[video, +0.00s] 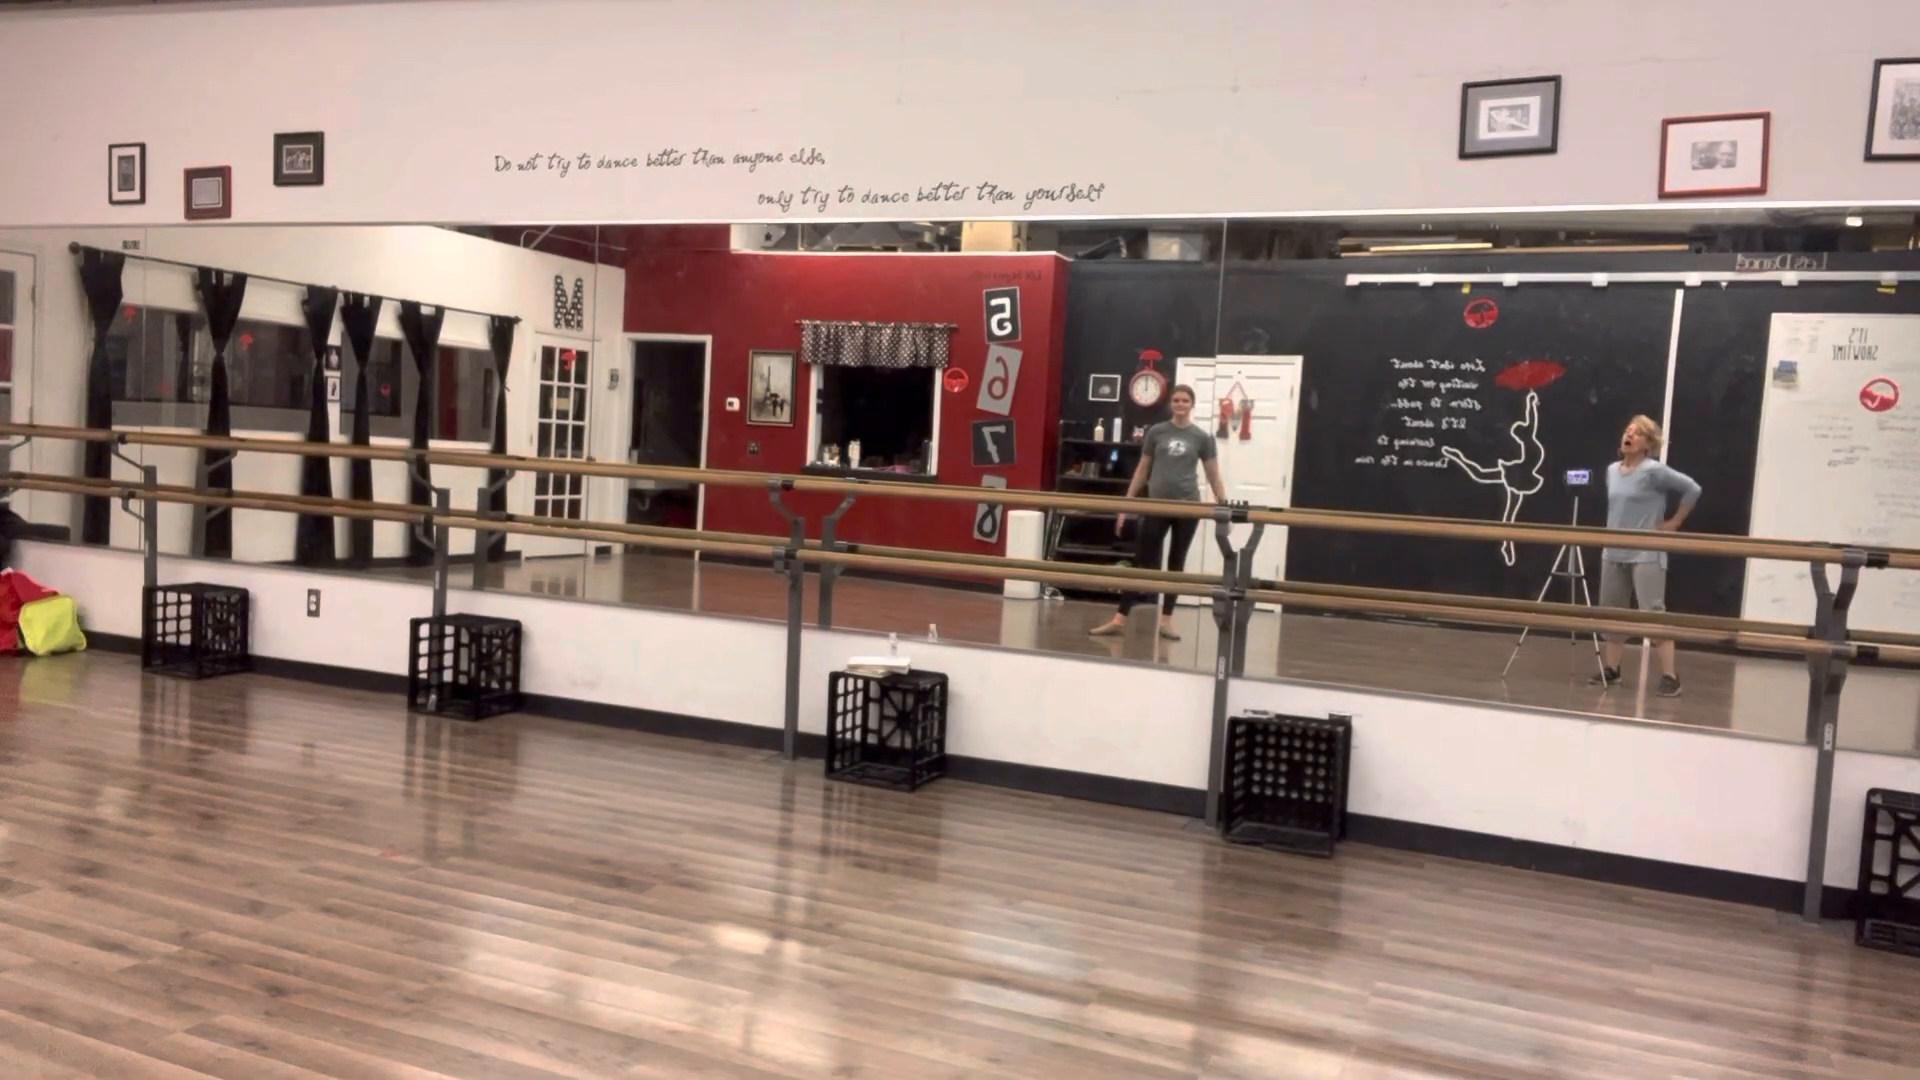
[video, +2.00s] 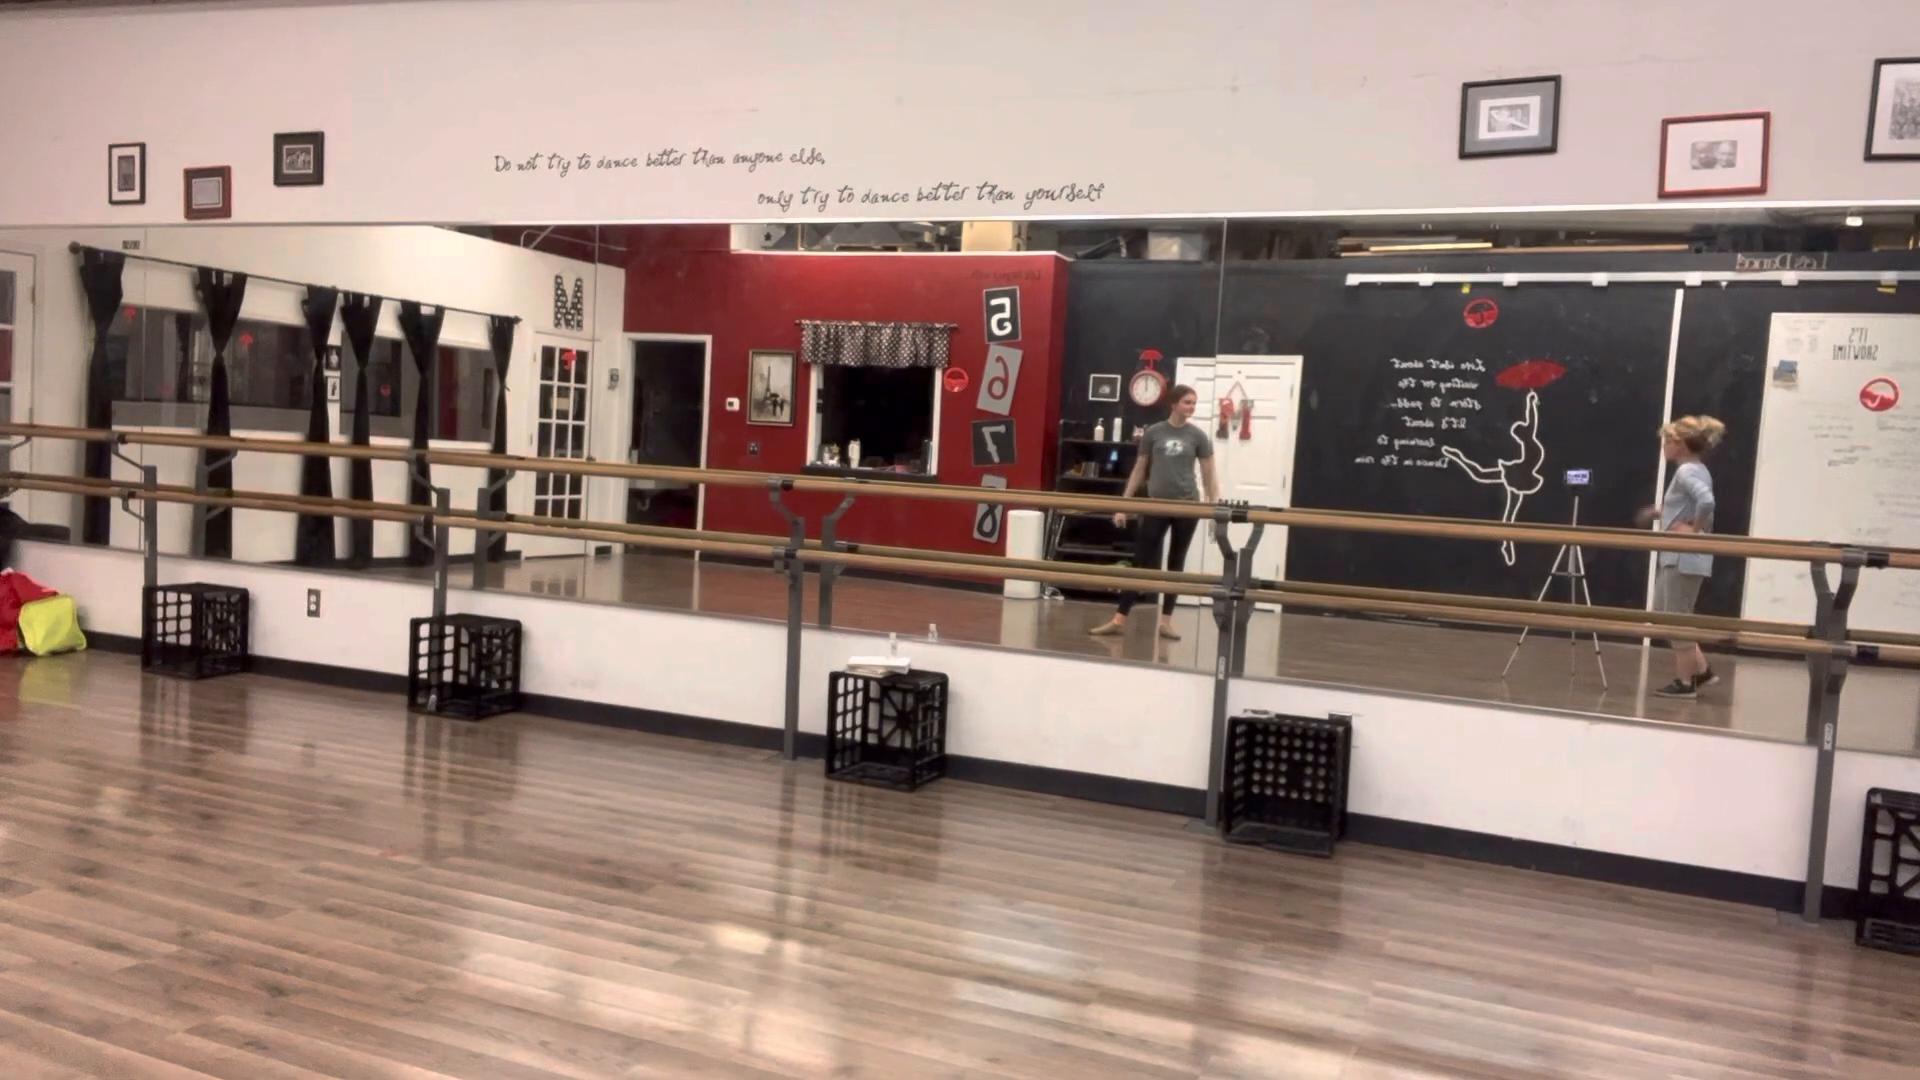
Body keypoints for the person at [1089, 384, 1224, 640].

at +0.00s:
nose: (1180, 405)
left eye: (1185, 401)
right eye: (1176, 400)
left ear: (1192, 405)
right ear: (1170, 404)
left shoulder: (1202, 437)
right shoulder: (1155, 433)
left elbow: (1213, 476)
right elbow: (1142, 471)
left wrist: (1223, 506)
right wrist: (1125, 506)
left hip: (1187, 509)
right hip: (1156, 507)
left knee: (1176, 564)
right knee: (1142, 560)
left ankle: (1165, 620)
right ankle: (1120, 618)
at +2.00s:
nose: (1191, 407)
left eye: (1194, 403)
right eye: (1187, 402)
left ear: (1194, 407)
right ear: (1173, 404)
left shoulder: (1198, 436)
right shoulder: (1153, 433)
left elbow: (1209, 476)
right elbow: (1139, 470)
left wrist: (1212, 506)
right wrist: (1124, 504)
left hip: (1186, 509)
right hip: (1155, 506)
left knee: (1176, 563)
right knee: (1141, 560)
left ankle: (1165, 620)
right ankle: (1120, 618)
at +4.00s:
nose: (1180, 404)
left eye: (1185, 400)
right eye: (1176, 400)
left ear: (1192, 405)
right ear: (1170, 403)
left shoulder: (1201, 438)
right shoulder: (1155, 432)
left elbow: (1202, 477)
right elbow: (1146, 471)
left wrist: (1177, 503)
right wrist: (1160, 501)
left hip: (1186, 506)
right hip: (1157, 503)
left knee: (1176, 562)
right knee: (1142, 558)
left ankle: (1166, 619)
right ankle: (1120, 617)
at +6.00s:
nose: (1186, 407)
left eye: (1189, 403)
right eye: (1182, 403)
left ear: (1192, 406)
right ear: (1171, 404)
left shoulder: (1199, 436)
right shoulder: (1153, 432)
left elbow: (1209, 477)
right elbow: (1140, 472)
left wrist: (1215, 512)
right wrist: (1128, 508)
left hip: (1186, 509)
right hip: (1155, 506)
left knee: (1175, 564)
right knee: (1141, 559)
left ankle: (1165, 620)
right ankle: (1120, 618)